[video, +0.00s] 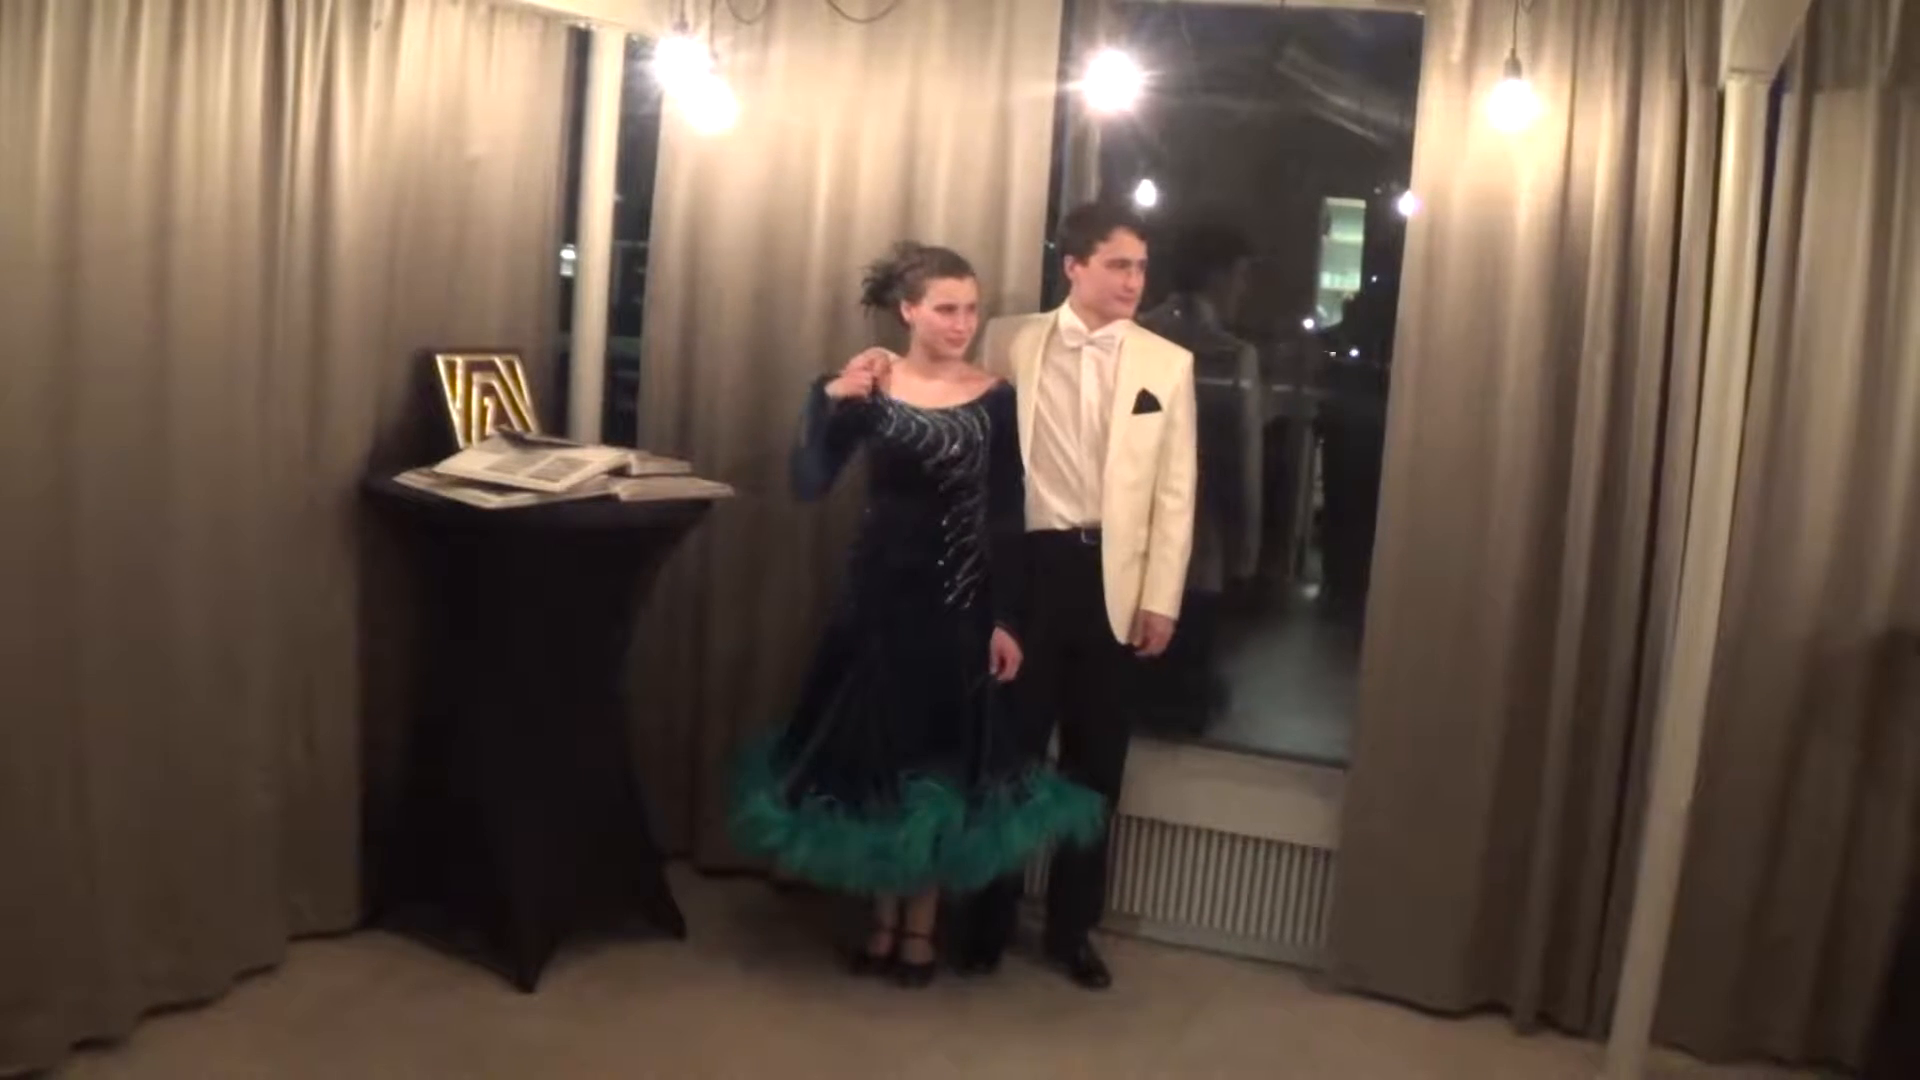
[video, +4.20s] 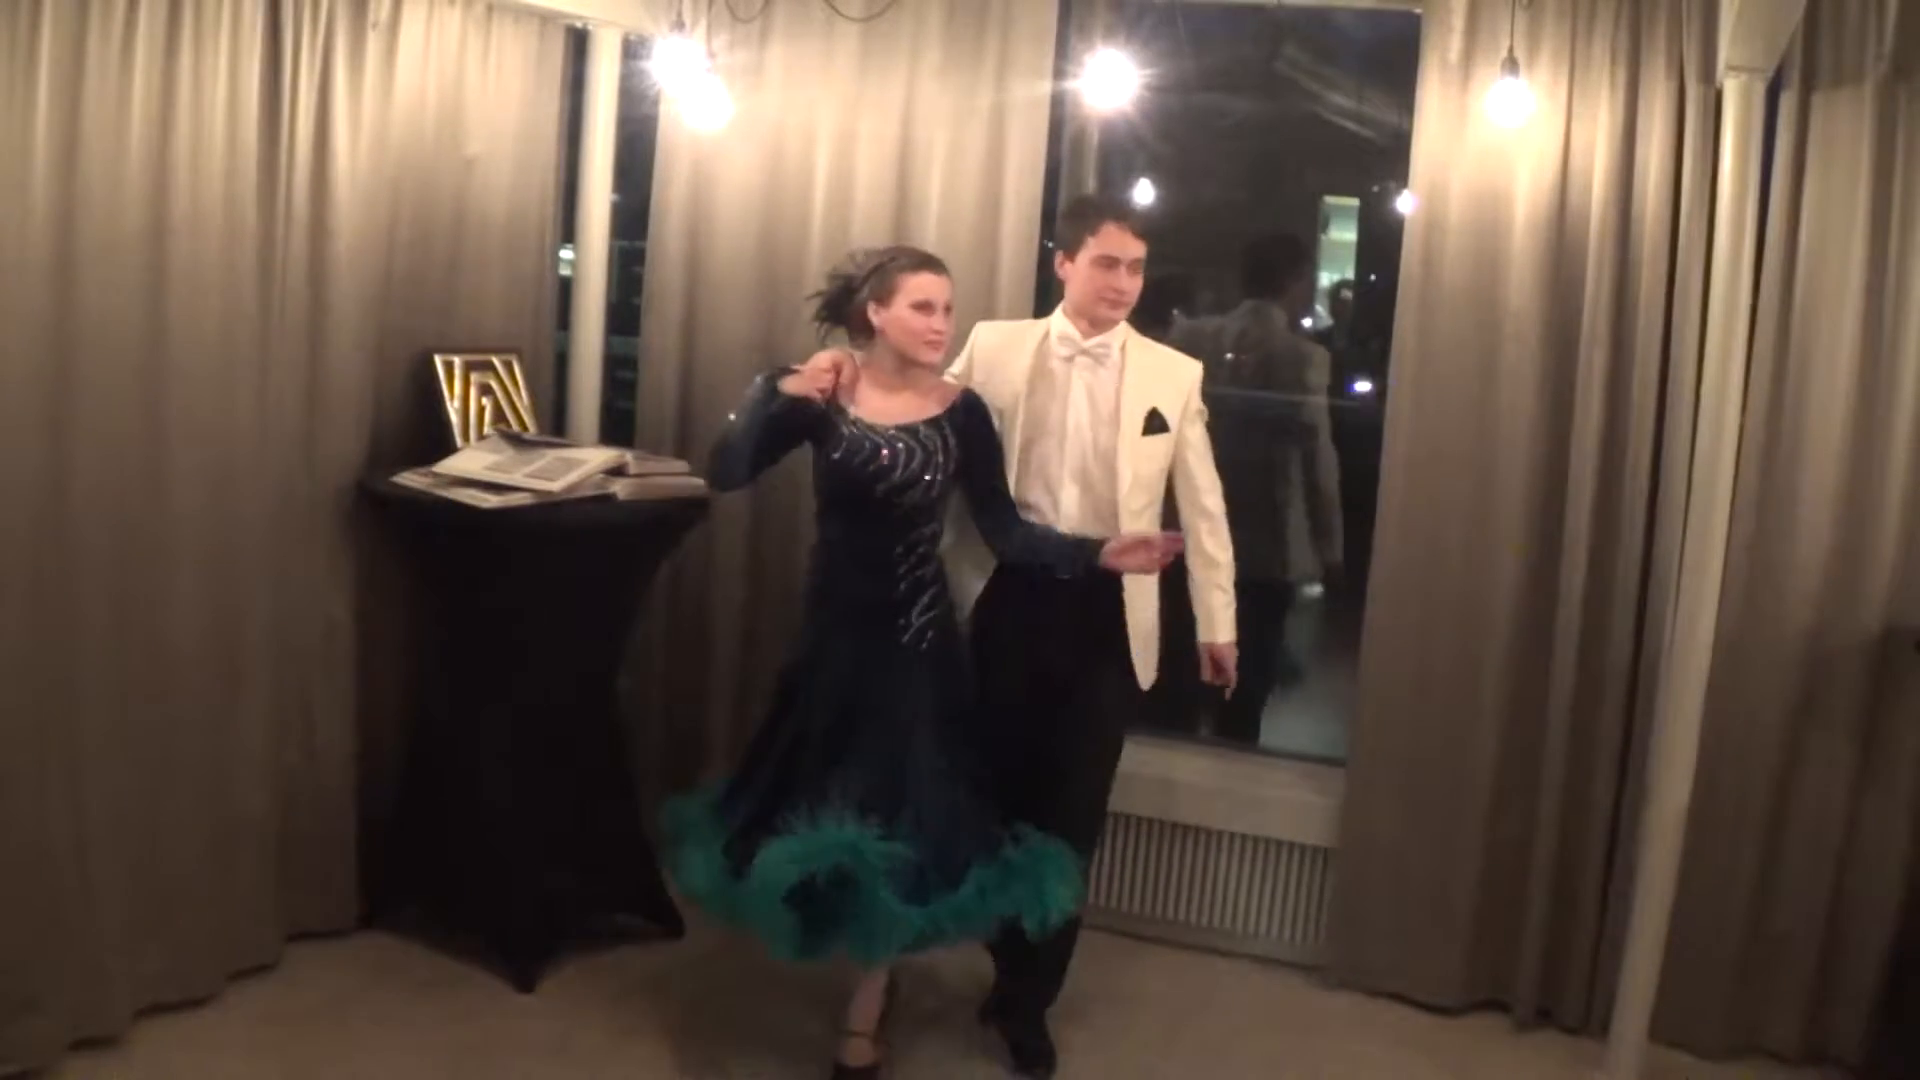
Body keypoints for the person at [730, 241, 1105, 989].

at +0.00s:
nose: (960, 323)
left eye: (970, 309)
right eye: (944, 309)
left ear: (981, 315)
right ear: (905, 312)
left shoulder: (994, 398)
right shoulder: (874, 385)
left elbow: (1006, 515)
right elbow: (810, 480)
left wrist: (1006, 618)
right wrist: (833, 398)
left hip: (961, 598)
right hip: (885, 591)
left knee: (941, 753)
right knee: (882, 747)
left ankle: (923, 910)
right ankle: (881, 907)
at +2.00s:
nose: (955, 322)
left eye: (965, 308)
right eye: (939, 307)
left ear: (977, 313)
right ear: (900, 310)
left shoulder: (991, 396)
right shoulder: (870, 384)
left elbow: (1003, 513)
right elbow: (809, 481)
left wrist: (1003, 617)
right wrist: (832, 397)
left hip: (959, 596)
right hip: (884, 590)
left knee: (939, 752)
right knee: (880, 748)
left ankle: (921, 913)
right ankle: (879, 908)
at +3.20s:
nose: (937, 354)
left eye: (941, 334)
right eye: (917, 346)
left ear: (953, 322)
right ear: (888, 351)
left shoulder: (992, 407)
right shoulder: (875, 408)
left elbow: (1011, 519)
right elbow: (809, 494)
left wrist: (972, 520)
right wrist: (825, 416)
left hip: (964, 610)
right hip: (889, 603)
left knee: (936, 759)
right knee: (869, 755)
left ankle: (915, 920)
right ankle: (872, 951)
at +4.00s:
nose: (933, 323)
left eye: (940, 309)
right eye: (915, 309)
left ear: (948, 317)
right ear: (869, 317)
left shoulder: (968, 407)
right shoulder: (837, 393)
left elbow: (991, 525)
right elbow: (747, 479)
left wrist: (1055, 607)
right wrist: (788, 400)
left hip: (933, 617)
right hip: (850, 611)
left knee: (917, 793)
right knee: (848, 785)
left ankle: (883, 985)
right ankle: (878, 954)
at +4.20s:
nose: (942, 324)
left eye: (948, 310)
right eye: (924, 308)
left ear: (953, 320)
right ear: (872, 316)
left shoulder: (962, 412)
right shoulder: (827, 400)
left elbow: (1005, 532)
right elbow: (726, 471)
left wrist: (1105, 551)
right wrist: (782, 389)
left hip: (924, 626)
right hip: (842, 620)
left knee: (905, 799)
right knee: (846, 790)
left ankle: (870, 985)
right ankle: (872, 965)